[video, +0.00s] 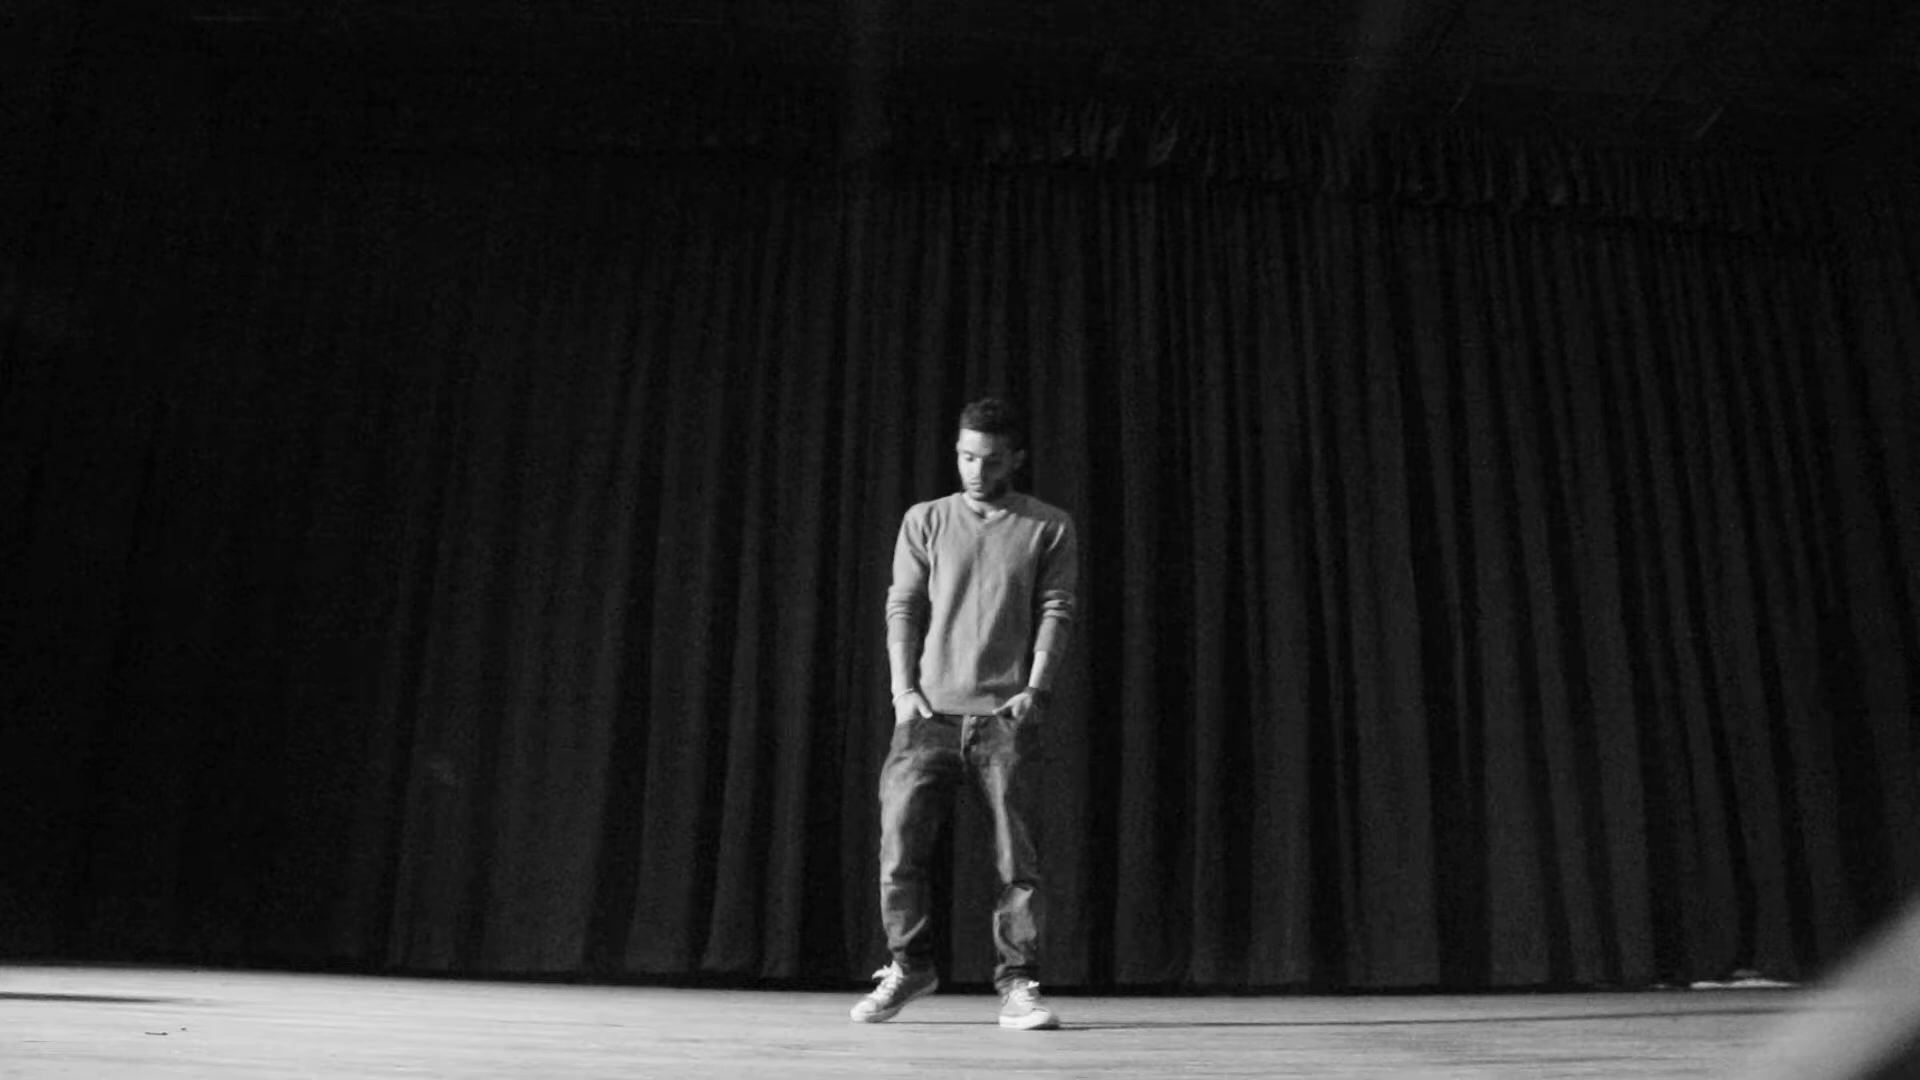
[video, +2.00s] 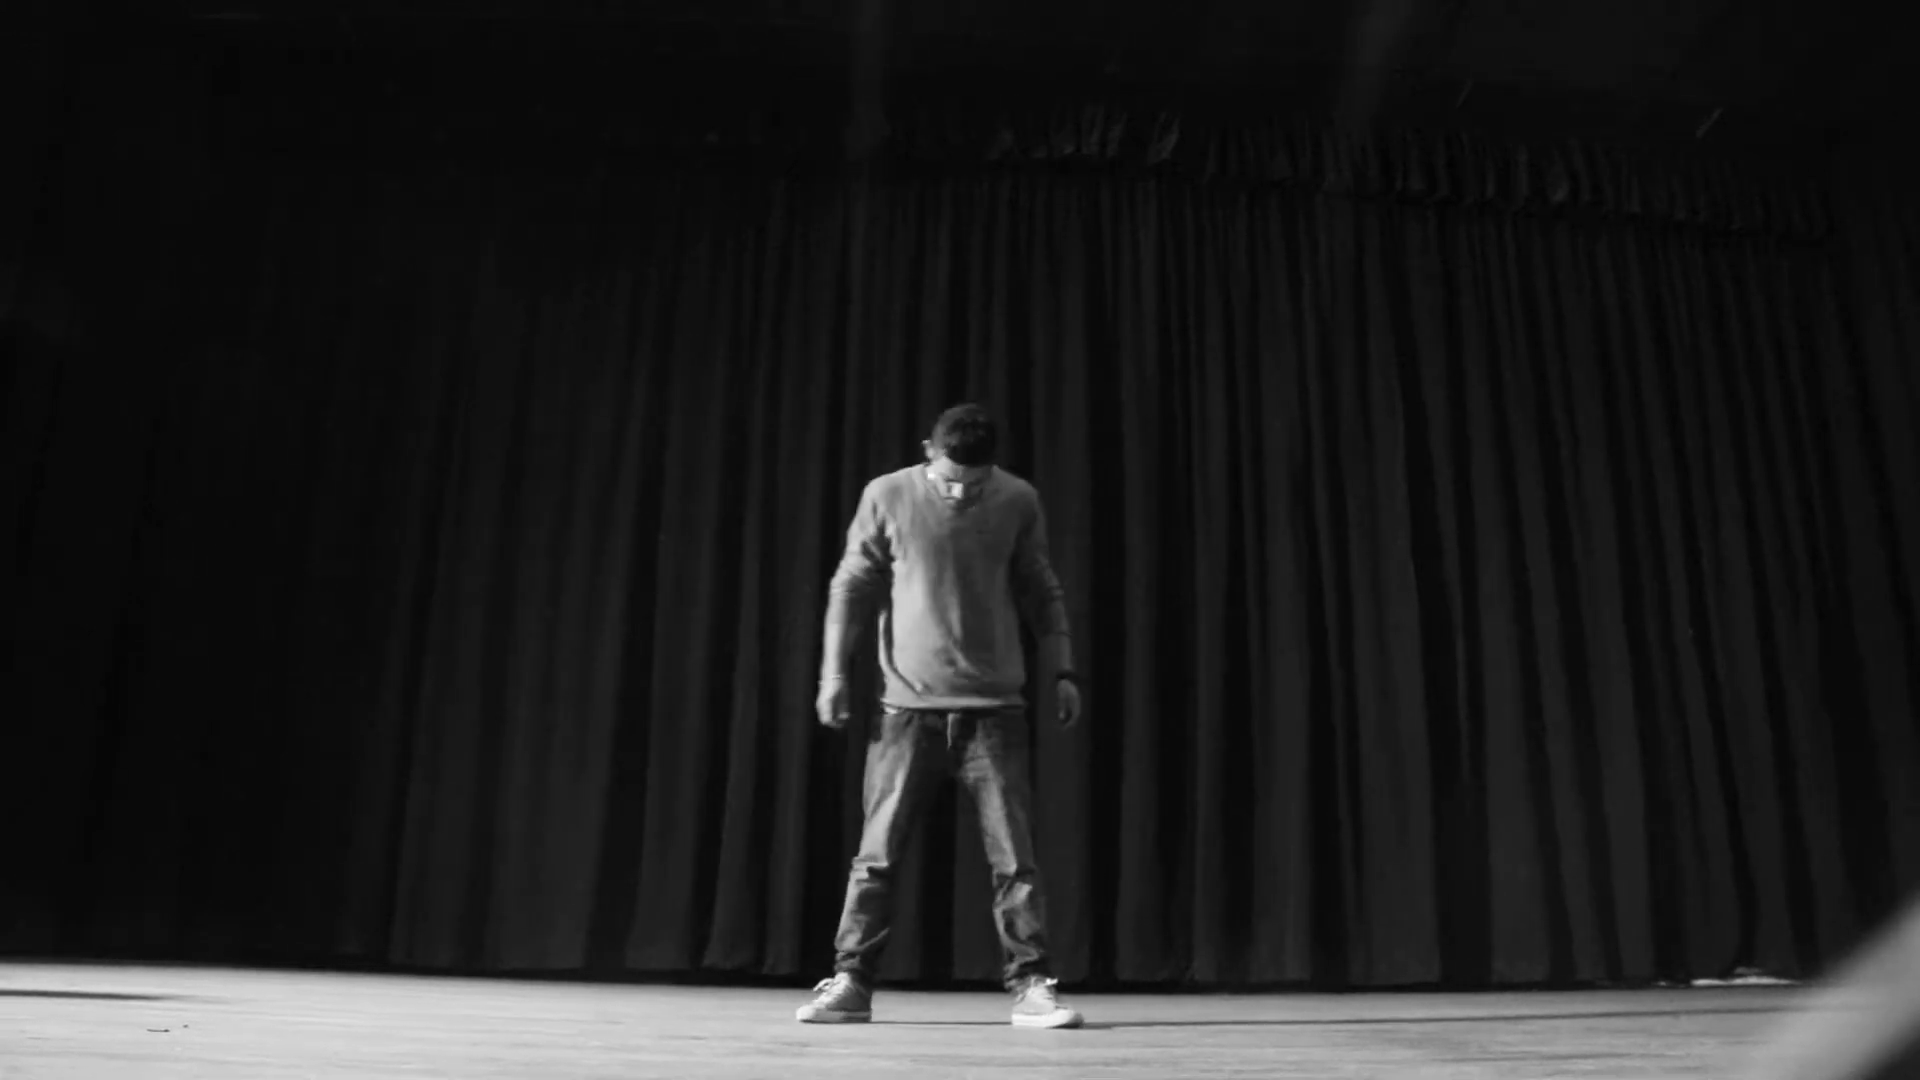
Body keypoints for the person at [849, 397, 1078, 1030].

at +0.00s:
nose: (978, 470)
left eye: (992, 459)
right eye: (969, 457)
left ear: (1016, 459)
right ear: (955, 453)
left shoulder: (1049, 528)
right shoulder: (923, 521)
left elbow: (1056, 613)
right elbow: (903, 609)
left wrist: (1034, 692)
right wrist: (902, 690)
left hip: (1004, 718)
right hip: (926, 717)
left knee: (1016, 855)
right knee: (899, 838)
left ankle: (1017, 984)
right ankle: (908, 967)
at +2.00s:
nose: (961, 491)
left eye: (973, 481)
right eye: (950, 479)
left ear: (991, 464)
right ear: (928, 454)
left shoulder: (1018, 501)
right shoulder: (886, 497)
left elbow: (1041, 590)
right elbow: (850, 586)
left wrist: (1061, 672)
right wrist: (834, 676)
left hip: (993, 704)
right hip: (909, 703)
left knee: (1014, 855)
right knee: (877, 854)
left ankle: (1032, 988)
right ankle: (850, 982)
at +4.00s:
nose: (961, 469)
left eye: (973, 456)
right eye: (949, 457)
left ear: (991, 443)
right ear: (927, 443)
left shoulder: (1027, 487)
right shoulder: (888, 491)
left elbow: (1110, 513)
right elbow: (805, 512)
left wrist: (1198, 533)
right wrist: (715, 524)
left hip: (1007, 692)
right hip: (923, 692)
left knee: (1023, 846)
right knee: (904, 841)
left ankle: (1033, 987)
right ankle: (877, 979)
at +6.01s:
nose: (974, 442)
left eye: (986, 429)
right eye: (963, 428)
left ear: (1008, 425)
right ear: (945, 423)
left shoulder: (1043, 474)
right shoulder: (919, 488)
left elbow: (1126, 510)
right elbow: (843, 528)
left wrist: (1174, 559)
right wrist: (753, 553)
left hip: (1006, 678)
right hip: (931, 666)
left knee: (997, 837)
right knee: (920, 779)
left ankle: (976, 975)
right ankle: (872, 921)